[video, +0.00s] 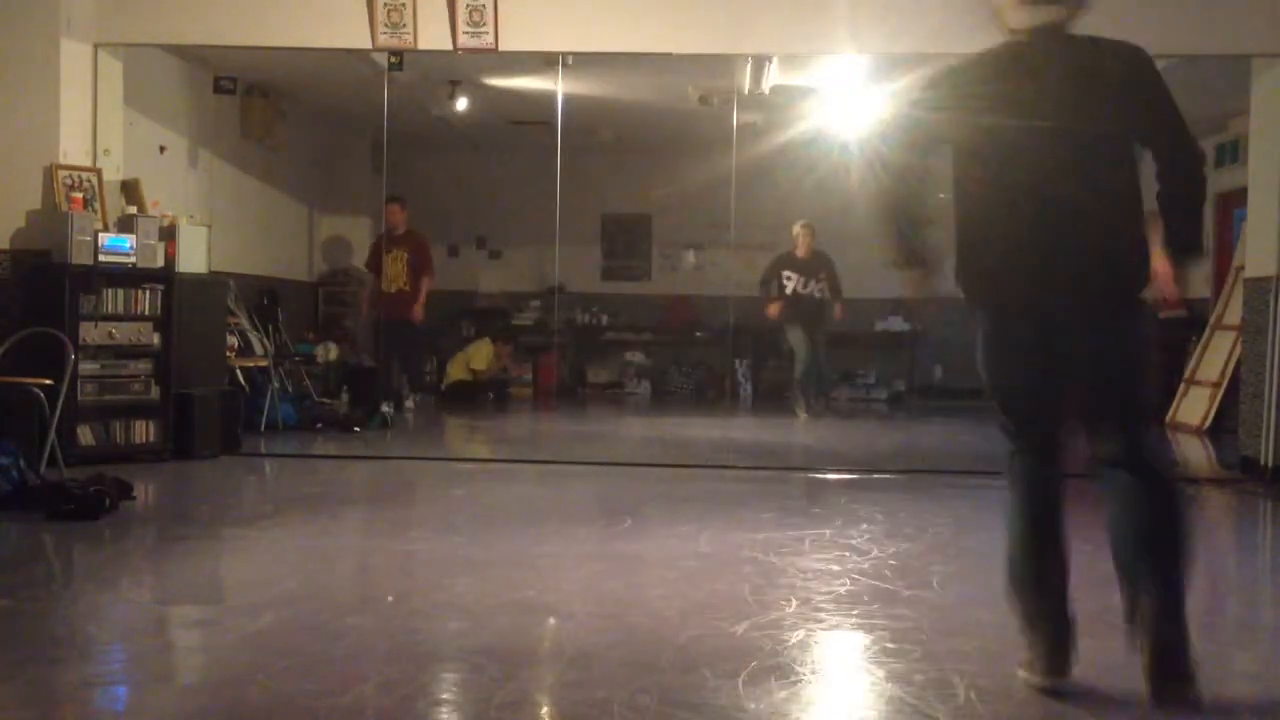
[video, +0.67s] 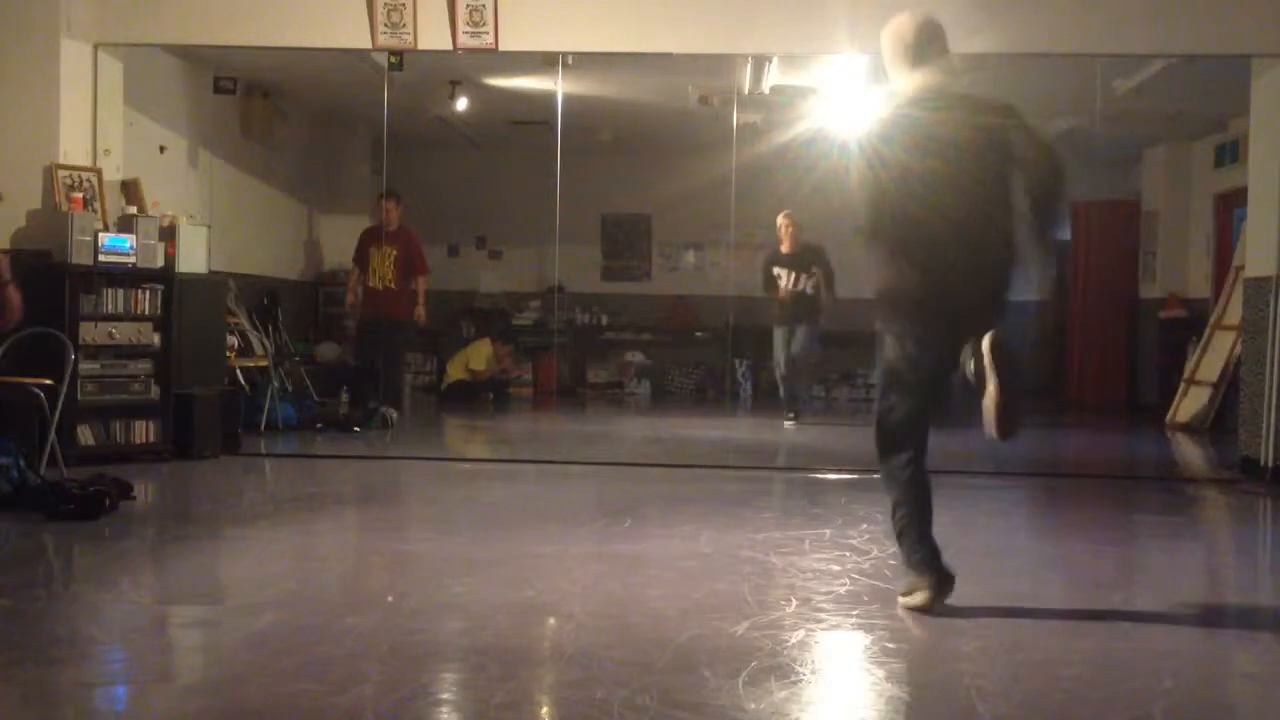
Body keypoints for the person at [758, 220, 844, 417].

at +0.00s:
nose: (806, 240)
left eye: (809, 236)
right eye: (802, 236)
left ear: (814, 238)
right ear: (795, 238)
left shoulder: (823, 260)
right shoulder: (783, 260)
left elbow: (833, 283)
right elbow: (765, 281)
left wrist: (837, 302)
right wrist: (770, 301)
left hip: (816, 314)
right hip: (791, 314)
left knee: (817, 355)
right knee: (803, 352)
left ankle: (816, 398)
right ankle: (799, 397)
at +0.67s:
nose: (788, 231)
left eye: (791, 226)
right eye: (784, 227)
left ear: (799, 229)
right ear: (778, 231)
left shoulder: (814, 252)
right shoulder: (773, 258)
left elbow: (828, 275)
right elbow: (768, 286)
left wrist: (828, 295)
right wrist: (778, 294)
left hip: (807, 312)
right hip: (783, 314)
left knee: (798, 354)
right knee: (781, 363)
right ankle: (790, 408)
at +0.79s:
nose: (794, 221)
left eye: (797, 216)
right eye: (789, 216)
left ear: (801, 219)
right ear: (780, 219)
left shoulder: (811, 243)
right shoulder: (772, 246)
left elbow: (824, 268)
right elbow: (760, 277)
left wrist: (803, 261)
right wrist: (780, 260)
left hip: (801, 299)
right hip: (777, 300)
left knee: (789, 347)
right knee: (783, 350)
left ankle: (790, 395)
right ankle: (790, 396)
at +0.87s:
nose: (787, 224)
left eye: (790, 220)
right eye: (782, 220)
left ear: (796, 221)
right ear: (774, 222)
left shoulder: (807, 244)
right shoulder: (770, 246)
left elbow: (824, 272)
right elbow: (762, 270)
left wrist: (812, 257)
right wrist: (788, 255)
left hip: (800, 303)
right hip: (776, 304)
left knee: (799, 355)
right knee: (784, 358)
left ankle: (796, 401)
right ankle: (802, 407)